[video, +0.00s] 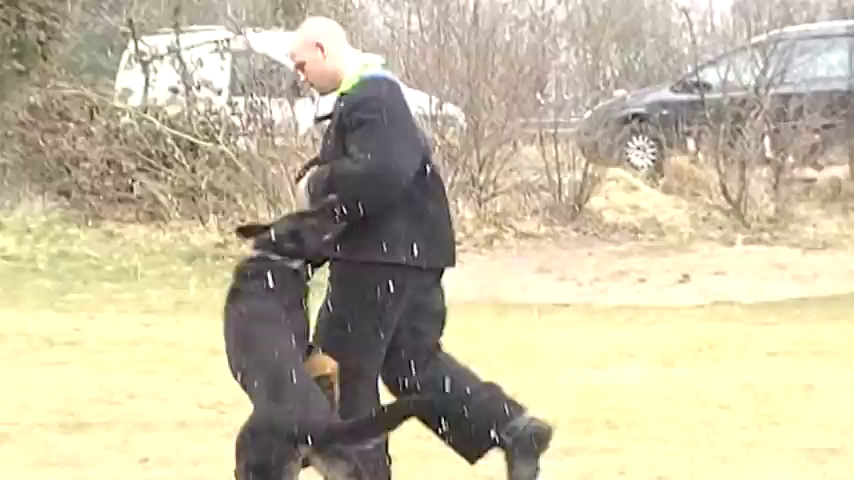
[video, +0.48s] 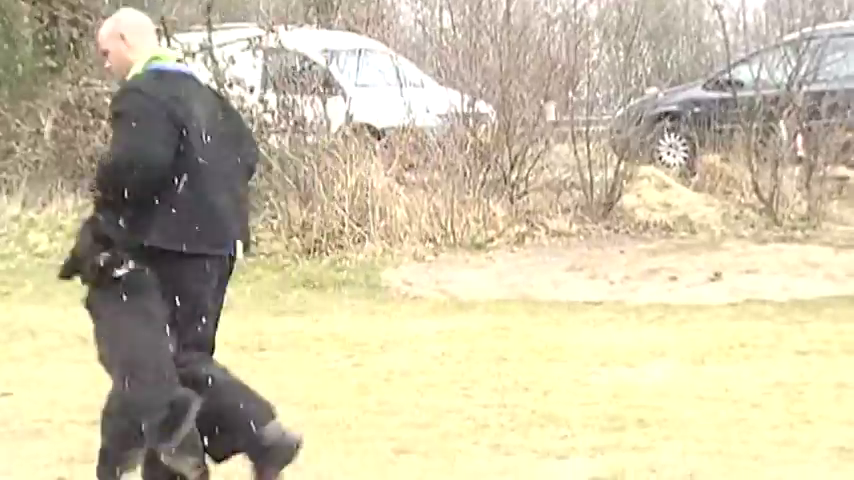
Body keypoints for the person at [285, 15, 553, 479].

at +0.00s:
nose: (302, 79)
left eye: (301, 66)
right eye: (298, 70)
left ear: (323, 50)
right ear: (326, 51)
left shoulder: (368, 94)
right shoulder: (368, 95)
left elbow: (387, 171)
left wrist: (323, 181)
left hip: (383, 253)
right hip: (410, 252)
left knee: (341, 362)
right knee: (411, 364)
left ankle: (359, 466)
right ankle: (514, 428)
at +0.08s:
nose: (293, 88)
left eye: (292, 76)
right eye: (288, 80)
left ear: (314, 58)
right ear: (317, 58)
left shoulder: (355, 103)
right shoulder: (349, 103)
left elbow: (349, 190)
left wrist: (287, 191)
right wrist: (288, 237)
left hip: (374, 263)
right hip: (364, 262)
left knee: (359, 387)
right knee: (370, 375)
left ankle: (388, 471)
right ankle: (455, 452)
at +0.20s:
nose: (245, 83)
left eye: (244, 70)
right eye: (241, 74)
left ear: (265, 54)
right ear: (279, 53)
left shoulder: (299, 103)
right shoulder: (329, 100)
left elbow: (291, 185)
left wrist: (255, 186)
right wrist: (257, 241)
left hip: (338, 268)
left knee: (366, 386)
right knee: (315, 385)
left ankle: (412, 471)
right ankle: (315, 471)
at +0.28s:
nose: (207, 79)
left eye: (205, 66)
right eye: (202, 69)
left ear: (225, 50)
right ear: (245, 48)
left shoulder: (251, 98)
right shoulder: (307, 98)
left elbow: (236, 181)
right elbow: (345, 147)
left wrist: (210, 185)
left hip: (292, 261)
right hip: (316, 255)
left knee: (345, 378)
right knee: (256, 379)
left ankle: (393, 470)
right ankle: (226, 465)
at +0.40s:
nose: (141, 69)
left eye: (143, 59)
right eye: (139, 61)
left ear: (167, 51)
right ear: (183, 49)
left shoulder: (177, 104)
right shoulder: (241, 98)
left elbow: (169, 179)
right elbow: (287, 156)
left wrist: (148, 218)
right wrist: (252, 202)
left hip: (215, 252)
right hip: (253, 248)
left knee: (249, 362)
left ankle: (336, 448)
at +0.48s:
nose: (104, 64)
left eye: (106, 53)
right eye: (102, 54)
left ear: (127, 43)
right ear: (147, 41)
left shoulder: (144, 90)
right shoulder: (204, 91)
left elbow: (142, 163)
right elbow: (247, 152)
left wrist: (108, 186)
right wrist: (212, 195)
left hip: (177, 244)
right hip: (217, 243)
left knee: (178, 359)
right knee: (189, 355)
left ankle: (263, 435)